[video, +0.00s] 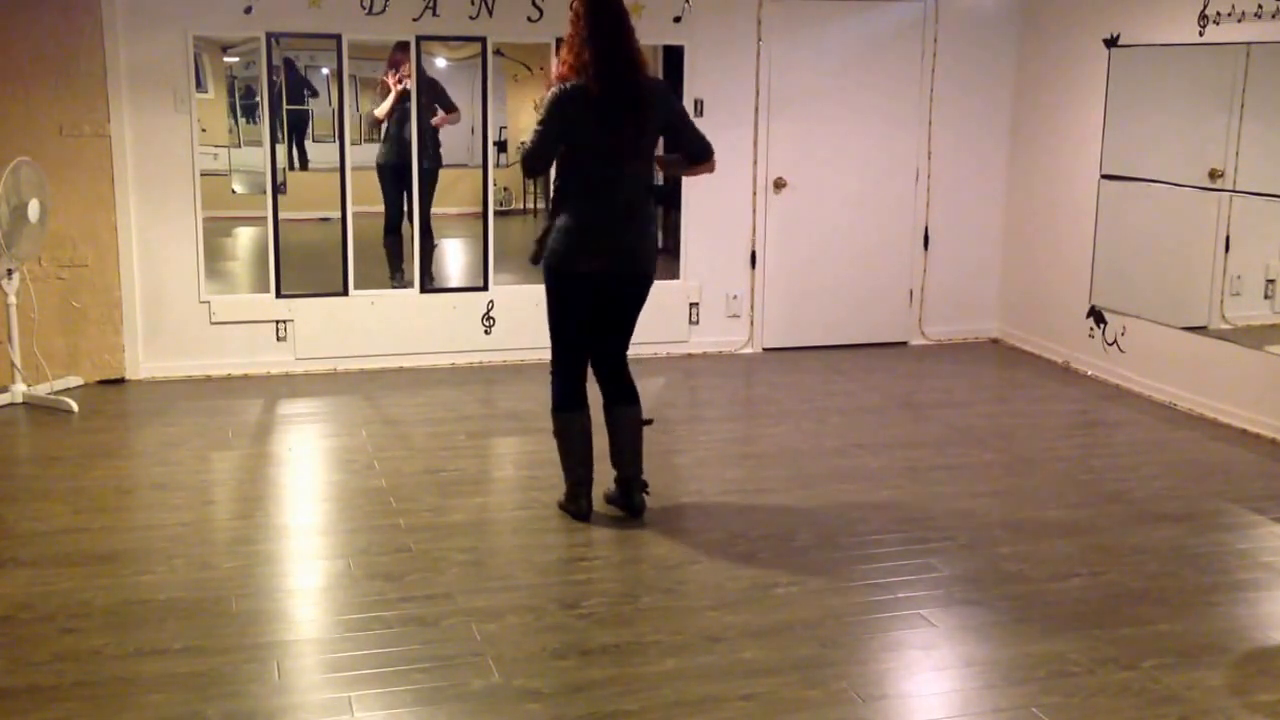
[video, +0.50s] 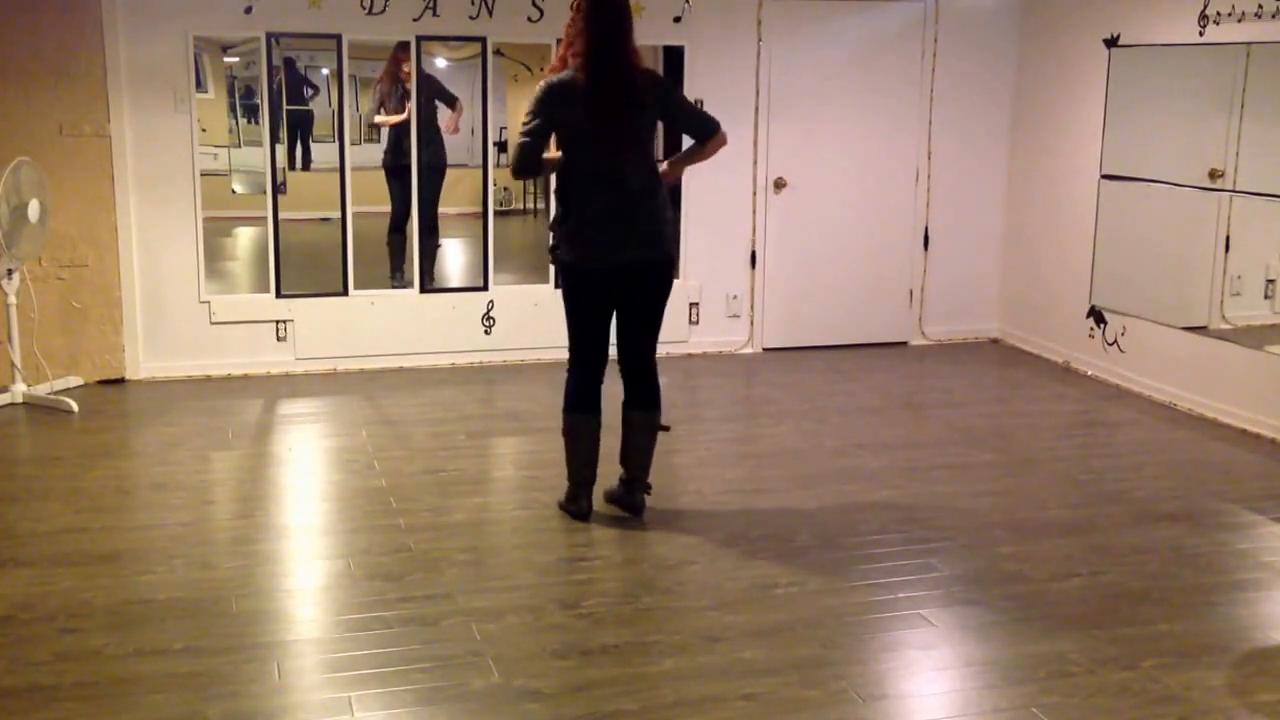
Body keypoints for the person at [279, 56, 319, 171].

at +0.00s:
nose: (282, 70)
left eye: (283, 68)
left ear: (284, 68)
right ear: (294, 66)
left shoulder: (282, 81)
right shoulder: (301, 77)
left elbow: (277, 98)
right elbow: (315, 92)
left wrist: (277, 113)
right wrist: (306, 94)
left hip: (287, 114)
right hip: (302, 114)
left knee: (288, 145)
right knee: (300, 143)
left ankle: (290, 171)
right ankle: (304, 168)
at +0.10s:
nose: (283, 70)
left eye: (283, 67)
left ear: (284, 67)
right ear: (294, 66)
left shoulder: (283, 80)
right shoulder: (300, 77)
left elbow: (277, 97)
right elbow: (315, 92)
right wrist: (306, 95)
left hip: (287, 114)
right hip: (302, 113)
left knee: (289, 145)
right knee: (301, 143)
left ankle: (290, 171)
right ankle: (304, 170)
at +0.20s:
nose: (283, 70)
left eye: (283, 67)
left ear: (284, 67)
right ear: (294, 66)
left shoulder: (283, 80)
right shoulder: (300, 77)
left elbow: (277, 96)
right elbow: (315, 92)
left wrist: (278, 110)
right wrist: (306, 95)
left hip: (288, 114)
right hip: (303, 113)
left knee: (290, 144)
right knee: (302, 143)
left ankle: (290, 170)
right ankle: (305, 169)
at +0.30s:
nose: (283, 70)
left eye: (283, 67)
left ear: (284, 67)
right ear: (294, 65)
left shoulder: (283, 80)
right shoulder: (301, 76)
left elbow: (277, 96)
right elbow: (316, 90)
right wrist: (308, 97)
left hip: (290, 112)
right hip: (304, 111)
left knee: (291, 144)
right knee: (304, 142)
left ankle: (291, 169)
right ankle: (305, 169)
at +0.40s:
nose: (283, 69)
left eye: (283, 67)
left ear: (284, 67)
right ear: (295, 65)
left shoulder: (282, 79)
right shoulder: (300, 76)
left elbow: (277, 96)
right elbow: (316, 90)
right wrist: (308, 98)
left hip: (290, 111)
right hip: (304, 111)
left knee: (291, 144)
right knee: (305, 142)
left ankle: (291, 170)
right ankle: (305, 169)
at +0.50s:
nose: (285, 69)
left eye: (284, 66)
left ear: (284, 66)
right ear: (294, 65)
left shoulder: (281, 79)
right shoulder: (300, 76)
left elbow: (276, 96)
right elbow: (316, 89)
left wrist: (279, 107)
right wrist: (309, 99)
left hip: (289, 111)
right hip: (304, 111)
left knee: (291, 143)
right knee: (305, 142)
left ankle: (291, 168)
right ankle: (306, 168)